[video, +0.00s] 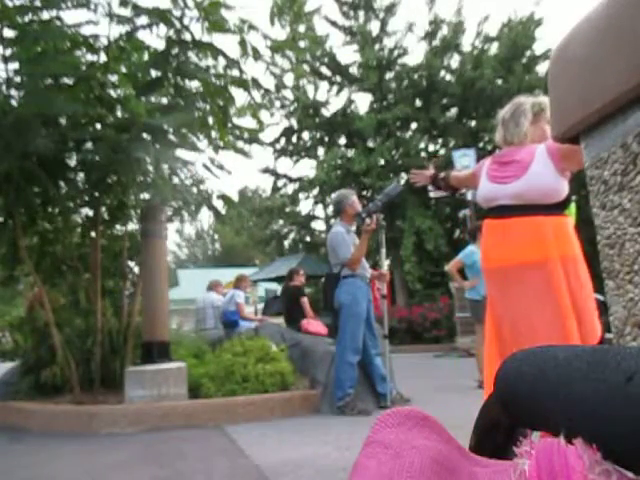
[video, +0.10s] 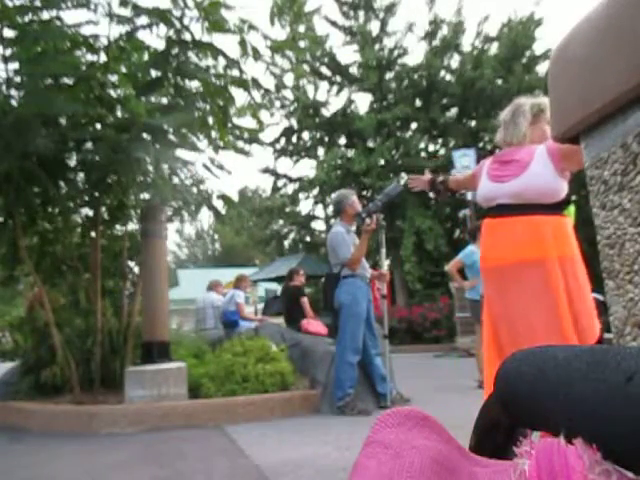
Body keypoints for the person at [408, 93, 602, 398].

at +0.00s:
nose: (550, 129)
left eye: (549, 122)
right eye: (546, 122)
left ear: (509, 128)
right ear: (530, 124)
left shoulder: (487, 165)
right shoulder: (552, 152)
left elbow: (460, 179)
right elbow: (595, 151)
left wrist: (435, 177)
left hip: (498, 243)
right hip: (545, 241)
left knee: (508, 326)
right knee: (555, 321)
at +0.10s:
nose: (550, 129)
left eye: (550, 122)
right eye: (546, 122)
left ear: (510, 128)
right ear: (530, 125)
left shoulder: (487, 165)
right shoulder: (552, 152)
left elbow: (458, 182)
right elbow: (596, 150)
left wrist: (432, 182)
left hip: (497, 239)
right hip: (544, 238)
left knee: (506, 322)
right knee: (553, 317)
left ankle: (511, 405)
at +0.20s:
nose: (552, 131)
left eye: (551, 124)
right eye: (547, 124)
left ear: (511, 129)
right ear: (530, 126)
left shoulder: (489, 165)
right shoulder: (552, 152)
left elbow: (459, 186)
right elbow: (597, 149)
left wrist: (427, 188)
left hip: (494, 242)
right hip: (541, 241)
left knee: (505, 327)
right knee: (551, 322)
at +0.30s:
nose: (552, 133)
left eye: (552, 125)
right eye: (547, 125)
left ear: (512, 130)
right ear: (530, 127)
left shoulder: (489, 166)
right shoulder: (551, 153)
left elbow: (461, 191)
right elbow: (595, 150)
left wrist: (423, 195)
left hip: (493, 238)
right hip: (538, 238)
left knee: (501, 325)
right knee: (548, 319)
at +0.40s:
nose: (553, 138)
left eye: (552, 131)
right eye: (547, 131)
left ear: (510, 136)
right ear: (531, 132)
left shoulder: (489, 171)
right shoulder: (551, 157)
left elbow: (457, 207)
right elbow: (599, 155)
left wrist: (425, 208)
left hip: (488, 242)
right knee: (544, 322)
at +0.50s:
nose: (553, 144)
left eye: (551, 138)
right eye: (547, 138)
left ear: (511, 142)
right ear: (527, 140)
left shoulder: (483, 179)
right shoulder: (547, 166)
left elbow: (457, 220)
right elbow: (596, 171)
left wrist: (429, 222)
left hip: (485, 245)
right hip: (531, 240)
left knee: (495, 334)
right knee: (542, 324)